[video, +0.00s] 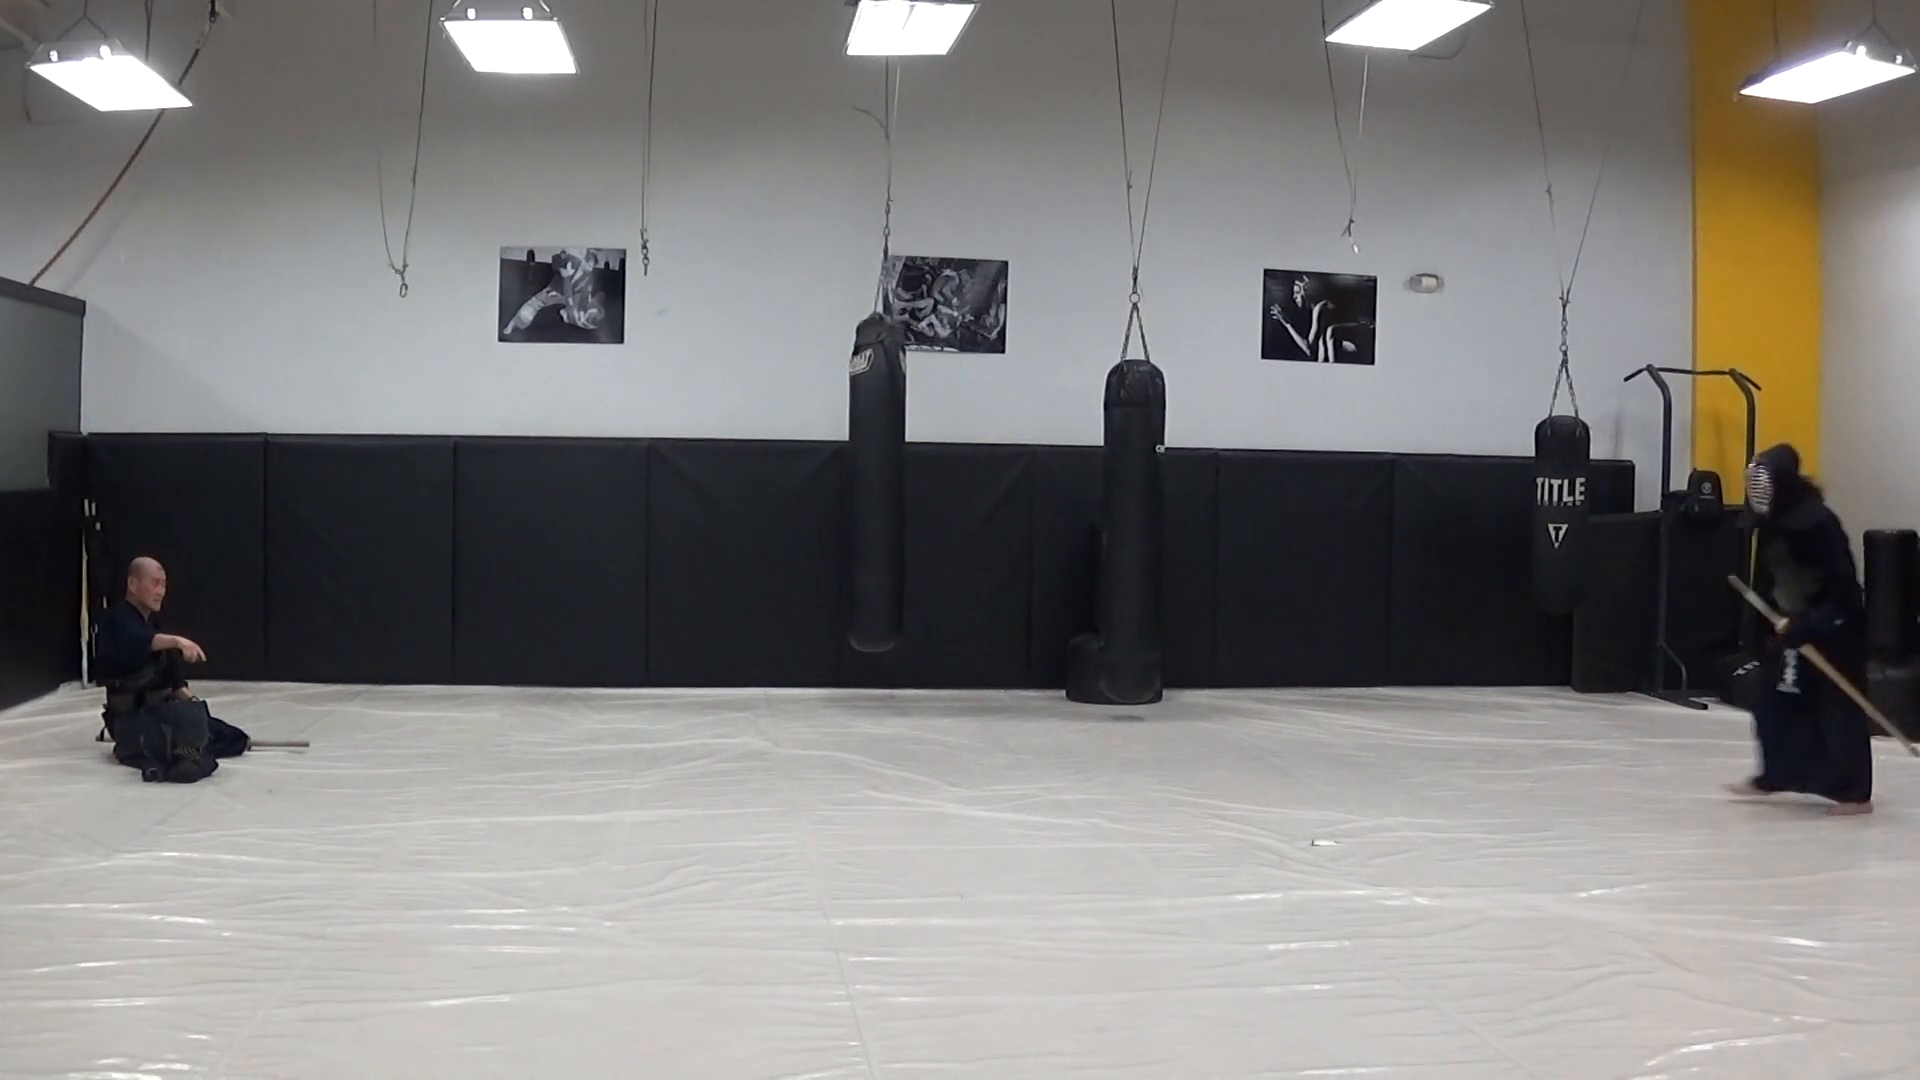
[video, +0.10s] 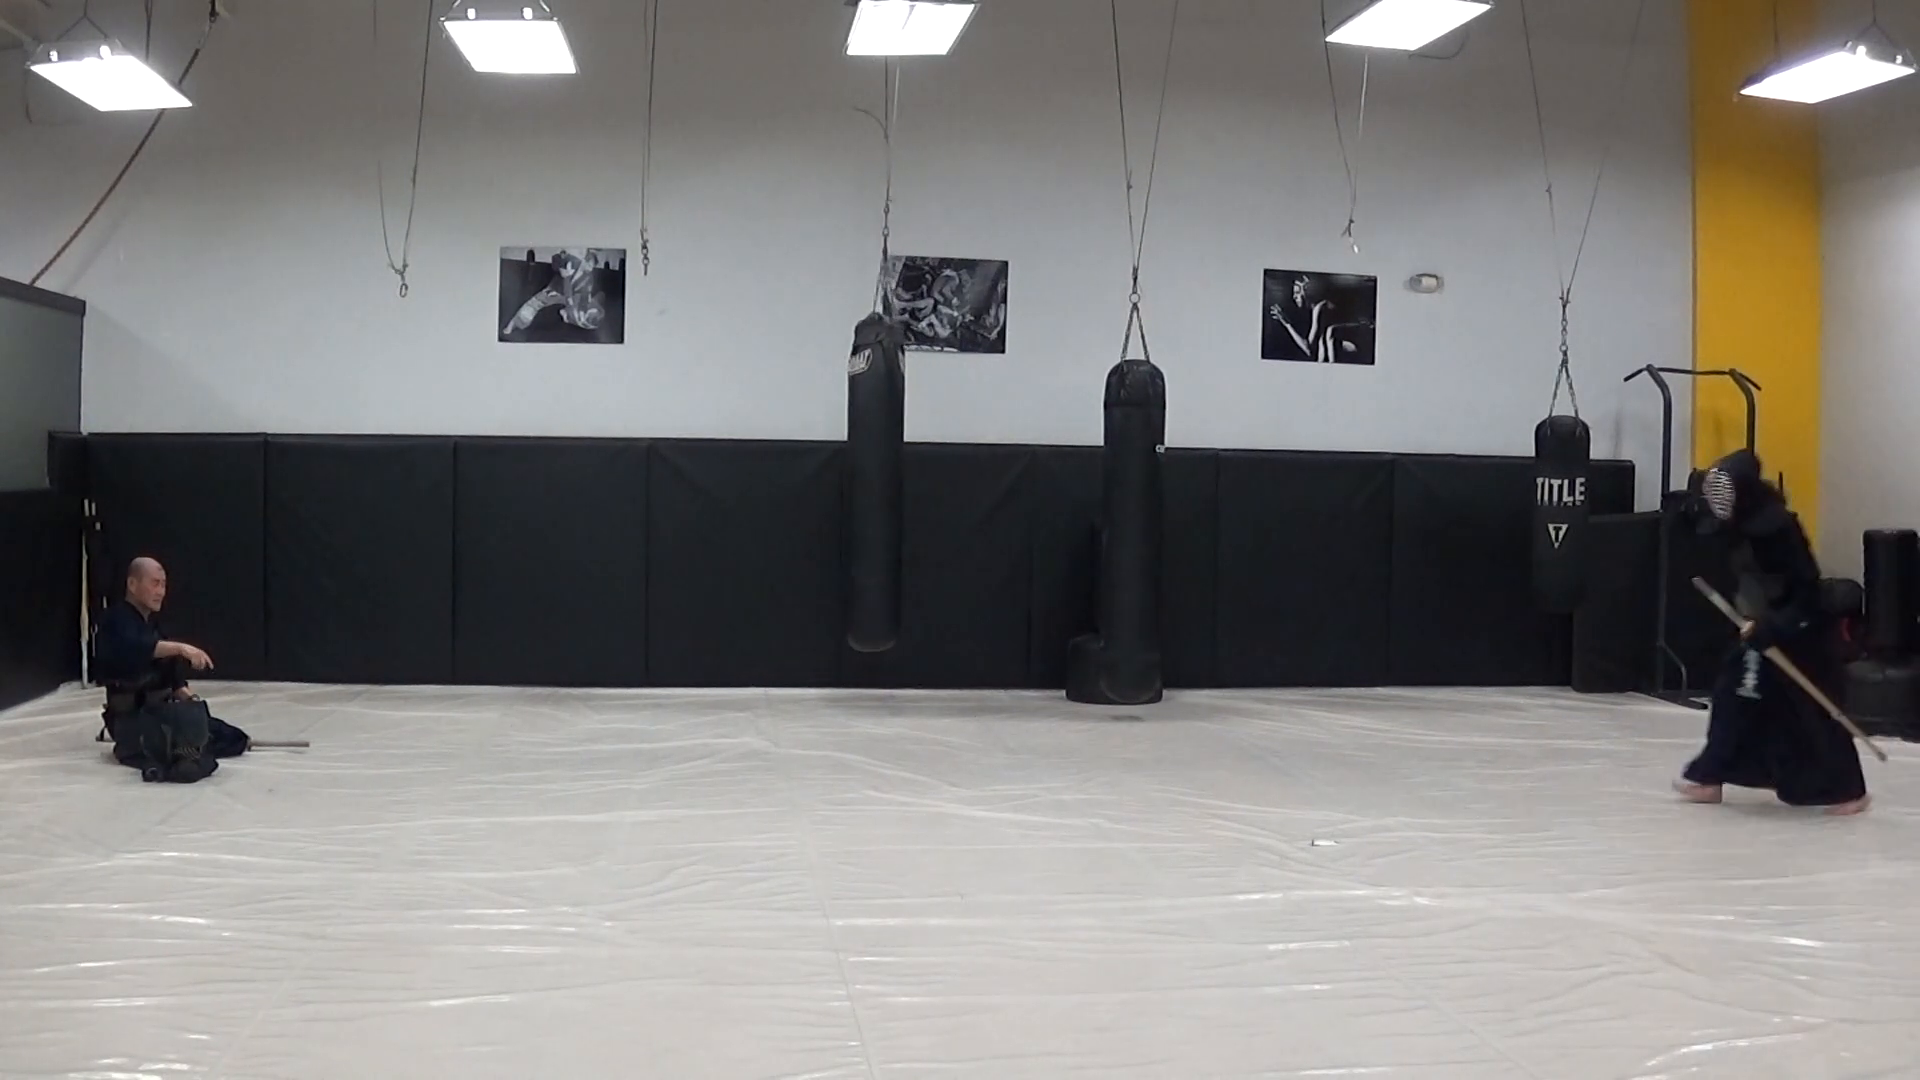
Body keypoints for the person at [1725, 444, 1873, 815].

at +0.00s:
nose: (1757, 488)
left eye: (1764, 481)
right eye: (1754, 480)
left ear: (1783, 483)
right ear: (1753, 481)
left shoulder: (1817, 522)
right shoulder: (1769, 521)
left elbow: (1844, 590)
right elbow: (1767, 582)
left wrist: (1804, 624)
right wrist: (1759, 631)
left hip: (1834, 626)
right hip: (1789, 625)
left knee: (1838, 705)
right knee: (1775, 699)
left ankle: (1854, 793)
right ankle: (1777, 774)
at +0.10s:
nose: (1716, 508)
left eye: (1721, 500)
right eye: (1713, 500)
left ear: (1740, 495)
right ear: (1721, 493)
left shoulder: (1778, 525)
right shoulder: (1740, 522)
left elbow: (1808, 591)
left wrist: (1770, 626)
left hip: (1801, 626)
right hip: (1760, 624)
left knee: (1815, 703)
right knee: (1731, 696)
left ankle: (1848, 789)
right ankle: (1708, 778)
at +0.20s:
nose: (1678, 504)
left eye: (1683, 496)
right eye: (1675, 495)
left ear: (1703, 495)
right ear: (1677, 493)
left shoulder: (1735, 526)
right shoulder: (1691, 526)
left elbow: (1770, 593)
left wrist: (1735, 632)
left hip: (1758, 626)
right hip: (1717, 626)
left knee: (1758, 707)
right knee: (1705, 701)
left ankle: (1824, 770)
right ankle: (1701, 783)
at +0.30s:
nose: (1638, 509)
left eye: (1644, 499)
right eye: (1634, 500)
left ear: (1665, 498)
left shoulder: (1703, 528)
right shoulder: (1650, 536)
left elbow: (1737, 590)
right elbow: (1641, 587)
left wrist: (1707, 631)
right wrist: (1628, 622)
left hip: (1713, 628)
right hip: (1680, 629)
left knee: (1675, 706)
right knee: (1674, 705)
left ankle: (1741, 765)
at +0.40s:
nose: (1593, 500)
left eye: (1600, 492)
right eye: (1590, 492)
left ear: (1621, 492)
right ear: (1588, 492)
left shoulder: (1658, 527)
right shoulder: (1603, 534)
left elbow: (1705, 585)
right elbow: (1582, 581)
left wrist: (1677, 625)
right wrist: (1558, 619)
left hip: (1682, 626)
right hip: (1653, 626)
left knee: (1624, 696)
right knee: (1664, 701)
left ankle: (1642, 784)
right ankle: (1690, 780)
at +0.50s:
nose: (1551, 504)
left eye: (1558, 495)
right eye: (1547, 494)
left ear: (1580, 494)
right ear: (1545, 491)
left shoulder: (1618, 529)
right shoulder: (1558, 529)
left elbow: (1661, 587)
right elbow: (1539, 572)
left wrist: (1632, 625)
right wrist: (1528, 600)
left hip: (1625, 628)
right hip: (1595, 625)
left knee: (1582, 697)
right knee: (1635, 698)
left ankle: (1556, 792)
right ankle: (1683, 761)